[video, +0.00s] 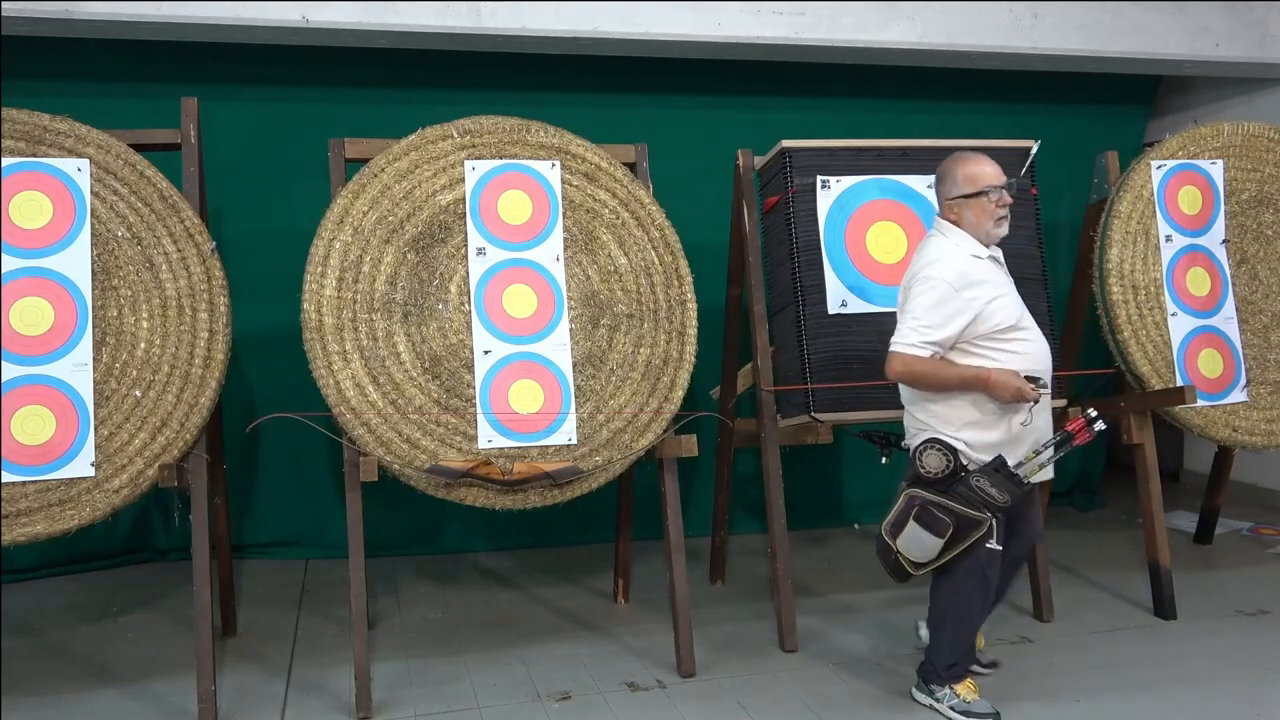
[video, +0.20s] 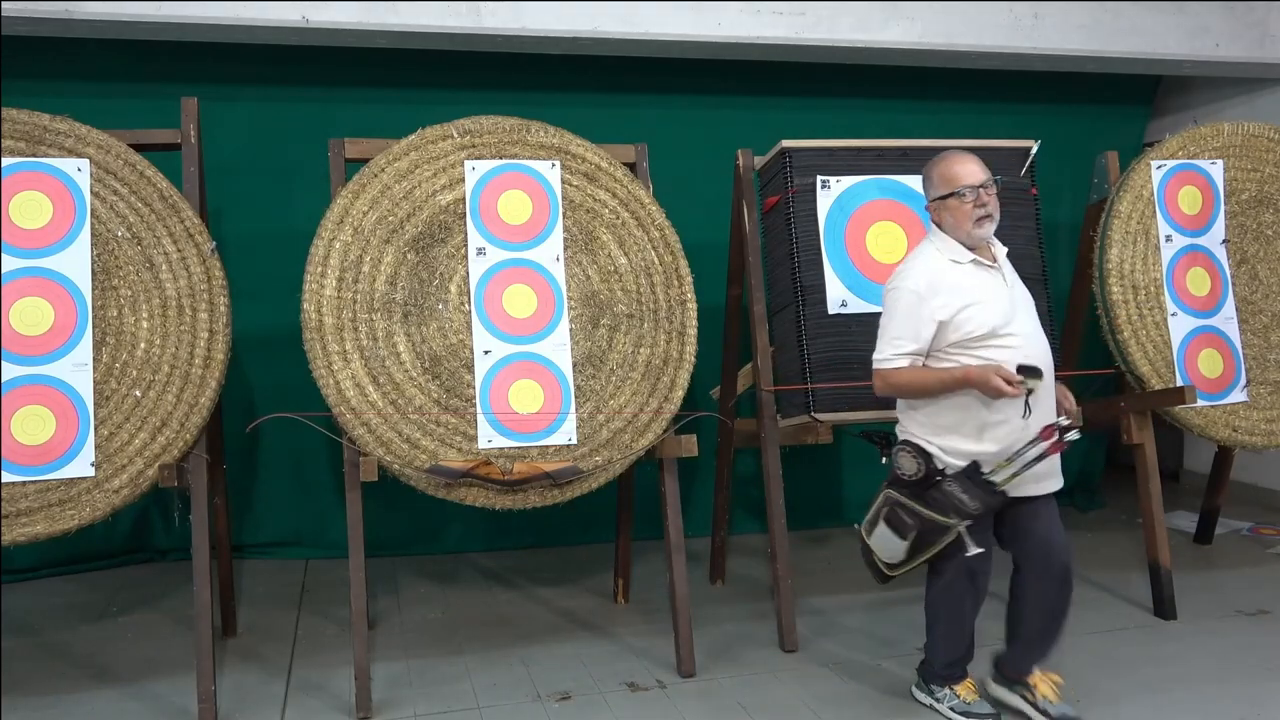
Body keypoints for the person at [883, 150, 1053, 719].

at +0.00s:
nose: (1006, 201)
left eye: (1006, 191)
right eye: (993, 194)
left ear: (973, 204)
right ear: (956, 205)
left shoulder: (972, 252)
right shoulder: (941, 265)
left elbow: (947, 344)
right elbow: (901, 363)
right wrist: (987, 378)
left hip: (1003, 442)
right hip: (969, 452)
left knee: (1017, 541)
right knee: (968, 563)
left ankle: (949, 628)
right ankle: (942, 675)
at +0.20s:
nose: (983, 201)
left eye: (988, 189)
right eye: (966, 195)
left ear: (995, 193)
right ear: (936, 208)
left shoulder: (996, 257)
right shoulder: (916, 276)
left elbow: (1001, 340)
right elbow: (886, 378)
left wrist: (1049, 386)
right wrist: (968, 377)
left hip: (1020, 449)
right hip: (953, 459)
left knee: (1049, 557)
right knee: (961, 568)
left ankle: (1019, 669)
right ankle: (942, 676)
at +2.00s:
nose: (662, 192)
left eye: (688, 175)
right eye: (649, 175)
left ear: (732, 188)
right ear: (634, 184)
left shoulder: (778, 297)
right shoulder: (640, 272)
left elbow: (827, 459)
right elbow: (660, 395)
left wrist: (715, 459)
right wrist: (587, 444)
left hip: (707, 609)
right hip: (640, 591)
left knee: (669, 710)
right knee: (723, 705)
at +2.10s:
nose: (647, 187)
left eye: (674, 169)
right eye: (632, 164)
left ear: (712, 184)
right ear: (613, 171)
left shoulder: (755, 293)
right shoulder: (602, 261)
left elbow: (778, 463)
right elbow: (597, 388)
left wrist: (682, 420)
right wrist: (547, 428)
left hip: (680, 613)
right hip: (594, 595)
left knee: (661, 710)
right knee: (627, 704)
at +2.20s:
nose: (628, 183)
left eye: (655, 165)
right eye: (612, 159)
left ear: (692, 177)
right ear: (592, 165)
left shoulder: (737, 286)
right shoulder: (566, 257)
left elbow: (745, 464)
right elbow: (556, 367)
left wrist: (668, 376)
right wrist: (509, 408)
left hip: (666, 620)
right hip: (556, 603)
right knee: (569, 709)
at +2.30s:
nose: (608, 178)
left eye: (635, 159)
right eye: (591, 154)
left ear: (672, 170)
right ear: (569, 160)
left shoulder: (721, 276)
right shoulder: (535, 260)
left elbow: (742, 452)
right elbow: (510, 368)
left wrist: (653, 356)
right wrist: (474, 413)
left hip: (651, 624)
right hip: (527, 609)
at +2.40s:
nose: (591, 169)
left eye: (619, 149)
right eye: (571, 145)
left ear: (654, 162)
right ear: (547, 153)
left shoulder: (708, 270)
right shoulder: (501, 264)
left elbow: (751, 445)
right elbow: (462, 380)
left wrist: (636, 380)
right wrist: (449, 416)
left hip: (640, 633)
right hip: (504, 623)